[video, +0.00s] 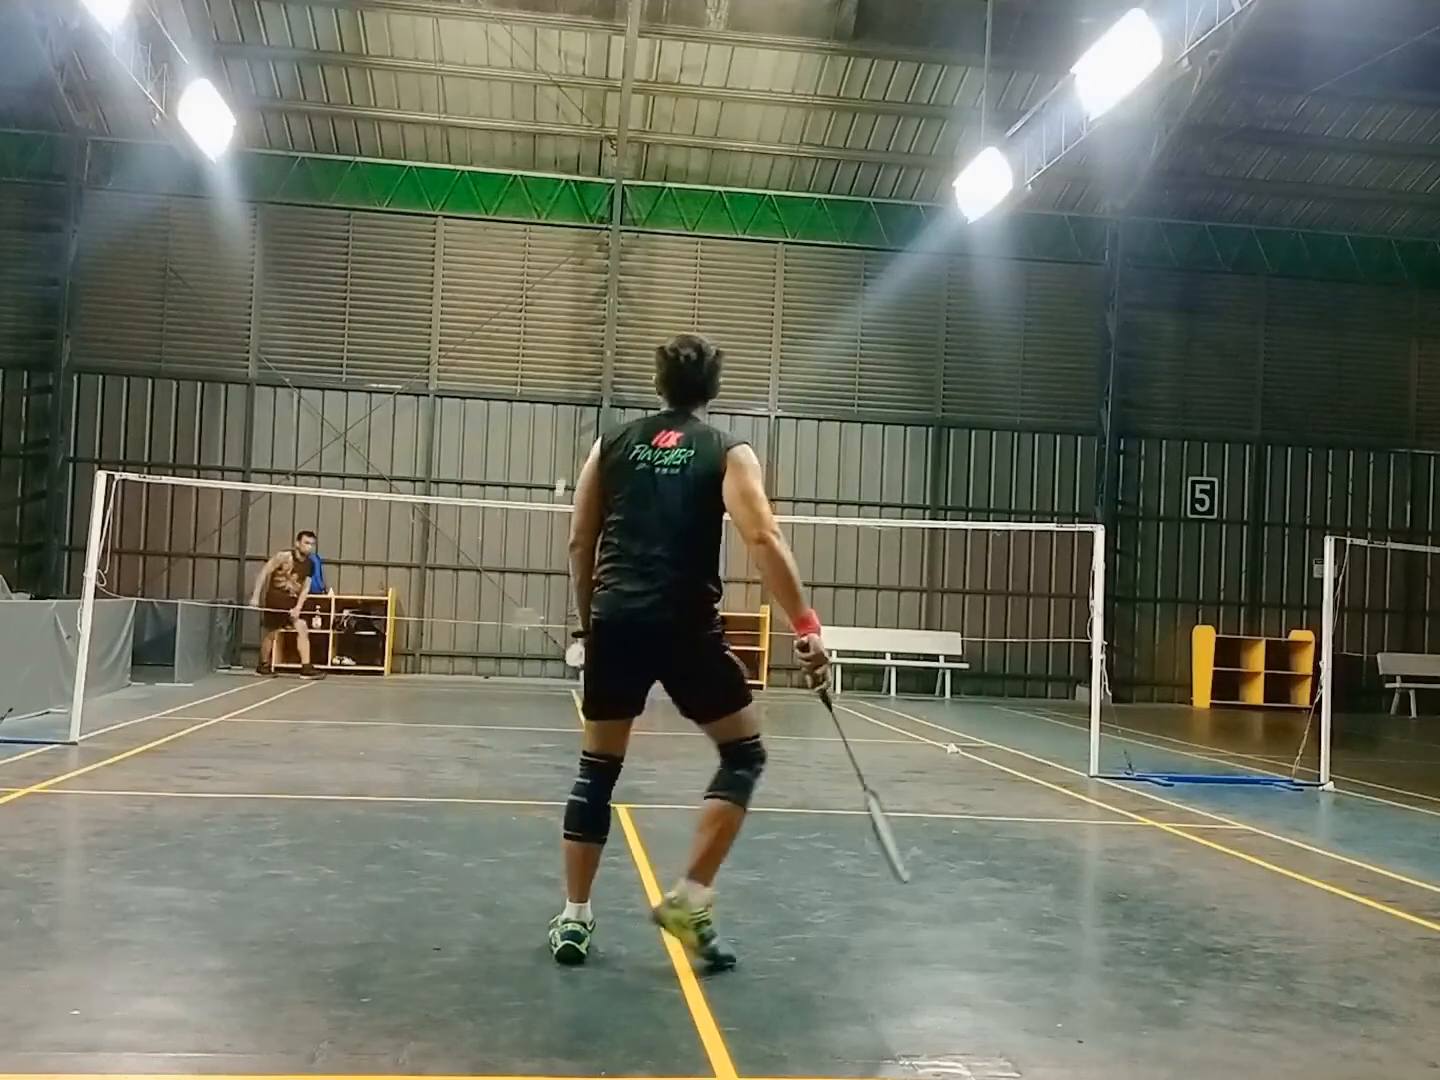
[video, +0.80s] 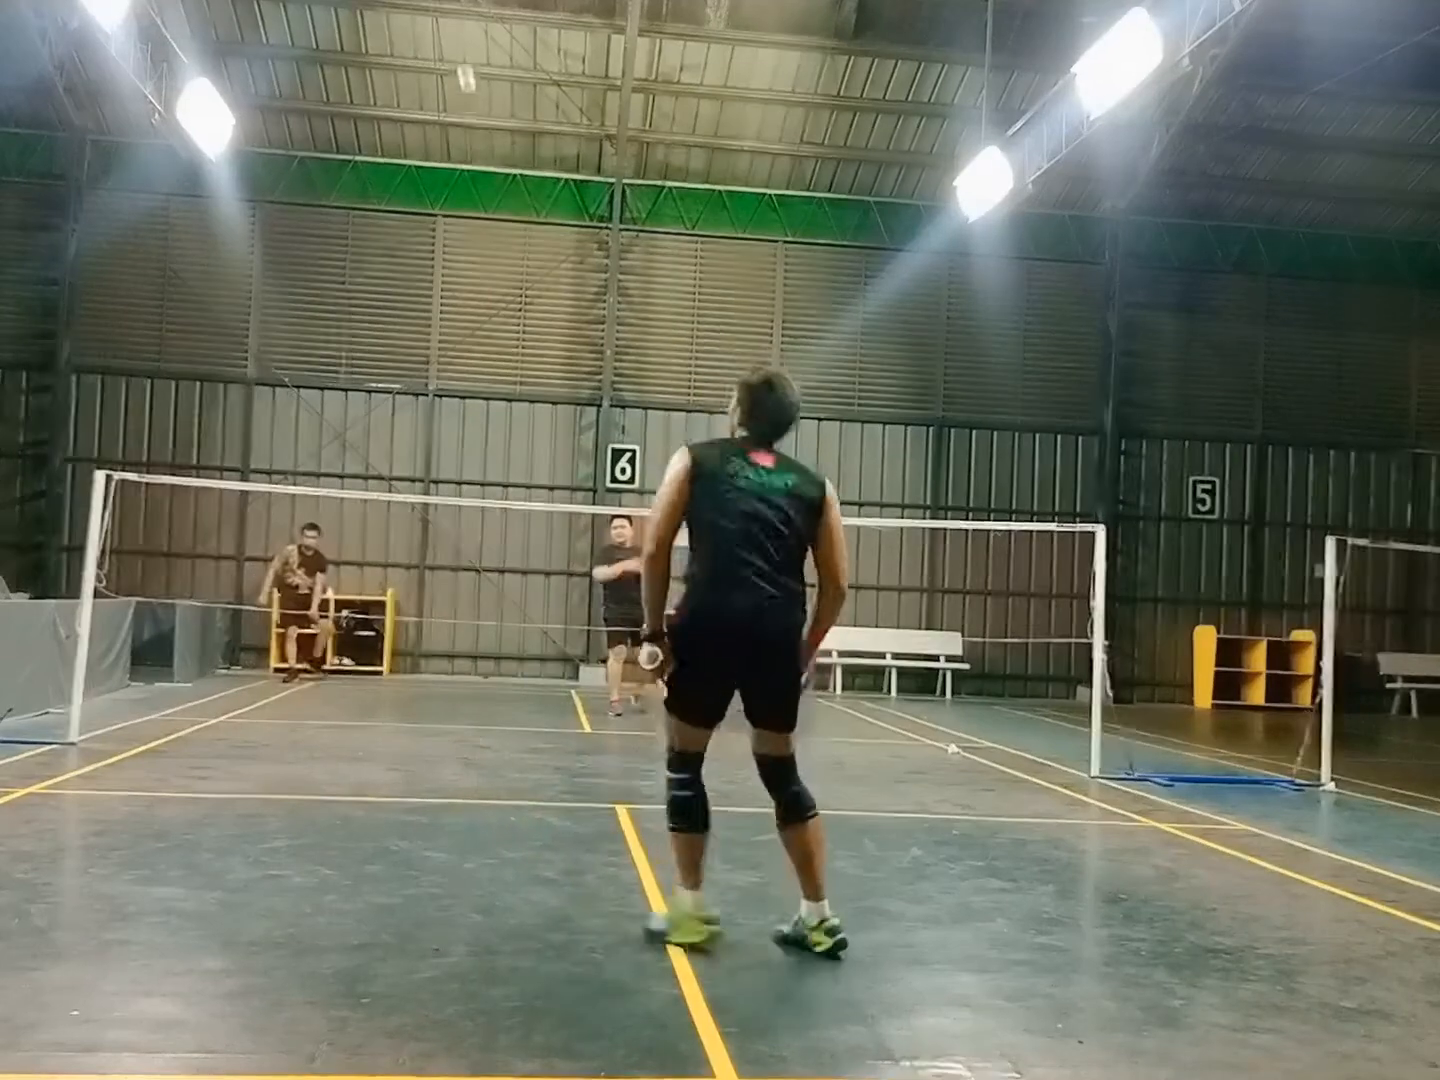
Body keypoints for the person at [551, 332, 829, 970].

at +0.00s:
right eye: (712, 386)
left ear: (659, 385)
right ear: (713, 390)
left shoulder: (611, 443)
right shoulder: (728, 451)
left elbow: (581, 539)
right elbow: (762, 538)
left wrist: (590, 617)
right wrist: (807, 629)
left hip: (612, 627)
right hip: (685, 630)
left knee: (596, 767)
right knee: (743, 753)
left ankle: (574, 915)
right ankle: (691, 895)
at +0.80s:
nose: (730, 415)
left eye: (733, 408)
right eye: (742, 409)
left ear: (738, 416)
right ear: (787, 426)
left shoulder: (695, 461)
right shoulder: (814, 485)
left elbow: (655, 548)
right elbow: (835, 585)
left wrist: (655, 631)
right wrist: (808, 647)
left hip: (706, 636)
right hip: (777, 642)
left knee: (684, 766)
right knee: (781, 770)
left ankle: (690, 905)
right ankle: (818, 913)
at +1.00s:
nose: (713, 393)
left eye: (719, 386)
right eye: (720, 385)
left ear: (730, 402)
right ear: (761, 414)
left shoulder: (706, 447)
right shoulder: (766, 468)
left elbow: (706, 536)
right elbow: (772, 561)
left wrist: (665, 604)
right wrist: (707, 612)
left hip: (732, 632)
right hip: (776, 629)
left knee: (672, 771)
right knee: (757, 764)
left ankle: (748, 903)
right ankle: (816, 906)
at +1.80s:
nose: (717, 443)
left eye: (721, 431)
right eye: (720, 430)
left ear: (664, 407)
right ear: (706, 423)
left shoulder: (599, 434)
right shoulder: (668, 455)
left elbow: (505, 491)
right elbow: (597, 496)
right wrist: (545, 553)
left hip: (505, 602)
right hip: (542, 611)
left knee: (565, 746)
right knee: (498, 787)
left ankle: (536, 920)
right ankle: (408, 967)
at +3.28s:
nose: (632, 418)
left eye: (638, 411)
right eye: (638, 409)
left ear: (650, 427)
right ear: (680, 436)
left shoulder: (641, 480)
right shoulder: (688, 488)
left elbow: (653, 569)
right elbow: (692, 588)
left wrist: (600, 646)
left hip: (678, 657)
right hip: (718, 652)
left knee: (577, 777)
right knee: (690, 762)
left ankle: (643, 890)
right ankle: (761, 892)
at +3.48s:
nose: (595, 358)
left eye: (609, 352)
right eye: (604, 349)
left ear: (629, 376)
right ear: (621, 378)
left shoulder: (670, 456)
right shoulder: (582, 447)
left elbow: (689, 561)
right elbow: (519, 496)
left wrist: (622, 640)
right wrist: (483, 531)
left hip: (646, 633)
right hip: (584, 624)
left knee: (621, 776)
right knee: (555, 765)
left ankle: (642, 892)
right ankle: (618, 856)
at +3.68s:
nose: (546, 344)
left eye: (563, 342)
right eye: (555, 338)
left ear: (588, 371)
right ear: (557, 361)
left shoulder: (621, 450)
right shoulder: (505, 397)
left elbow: (680, 535)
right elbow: (431, 311)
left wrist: (681, 615)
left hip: (586, 635)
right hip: (505, 628)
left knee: (603, 789)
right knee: (454, 787)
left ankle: (600, 878)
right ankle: (412, 956)